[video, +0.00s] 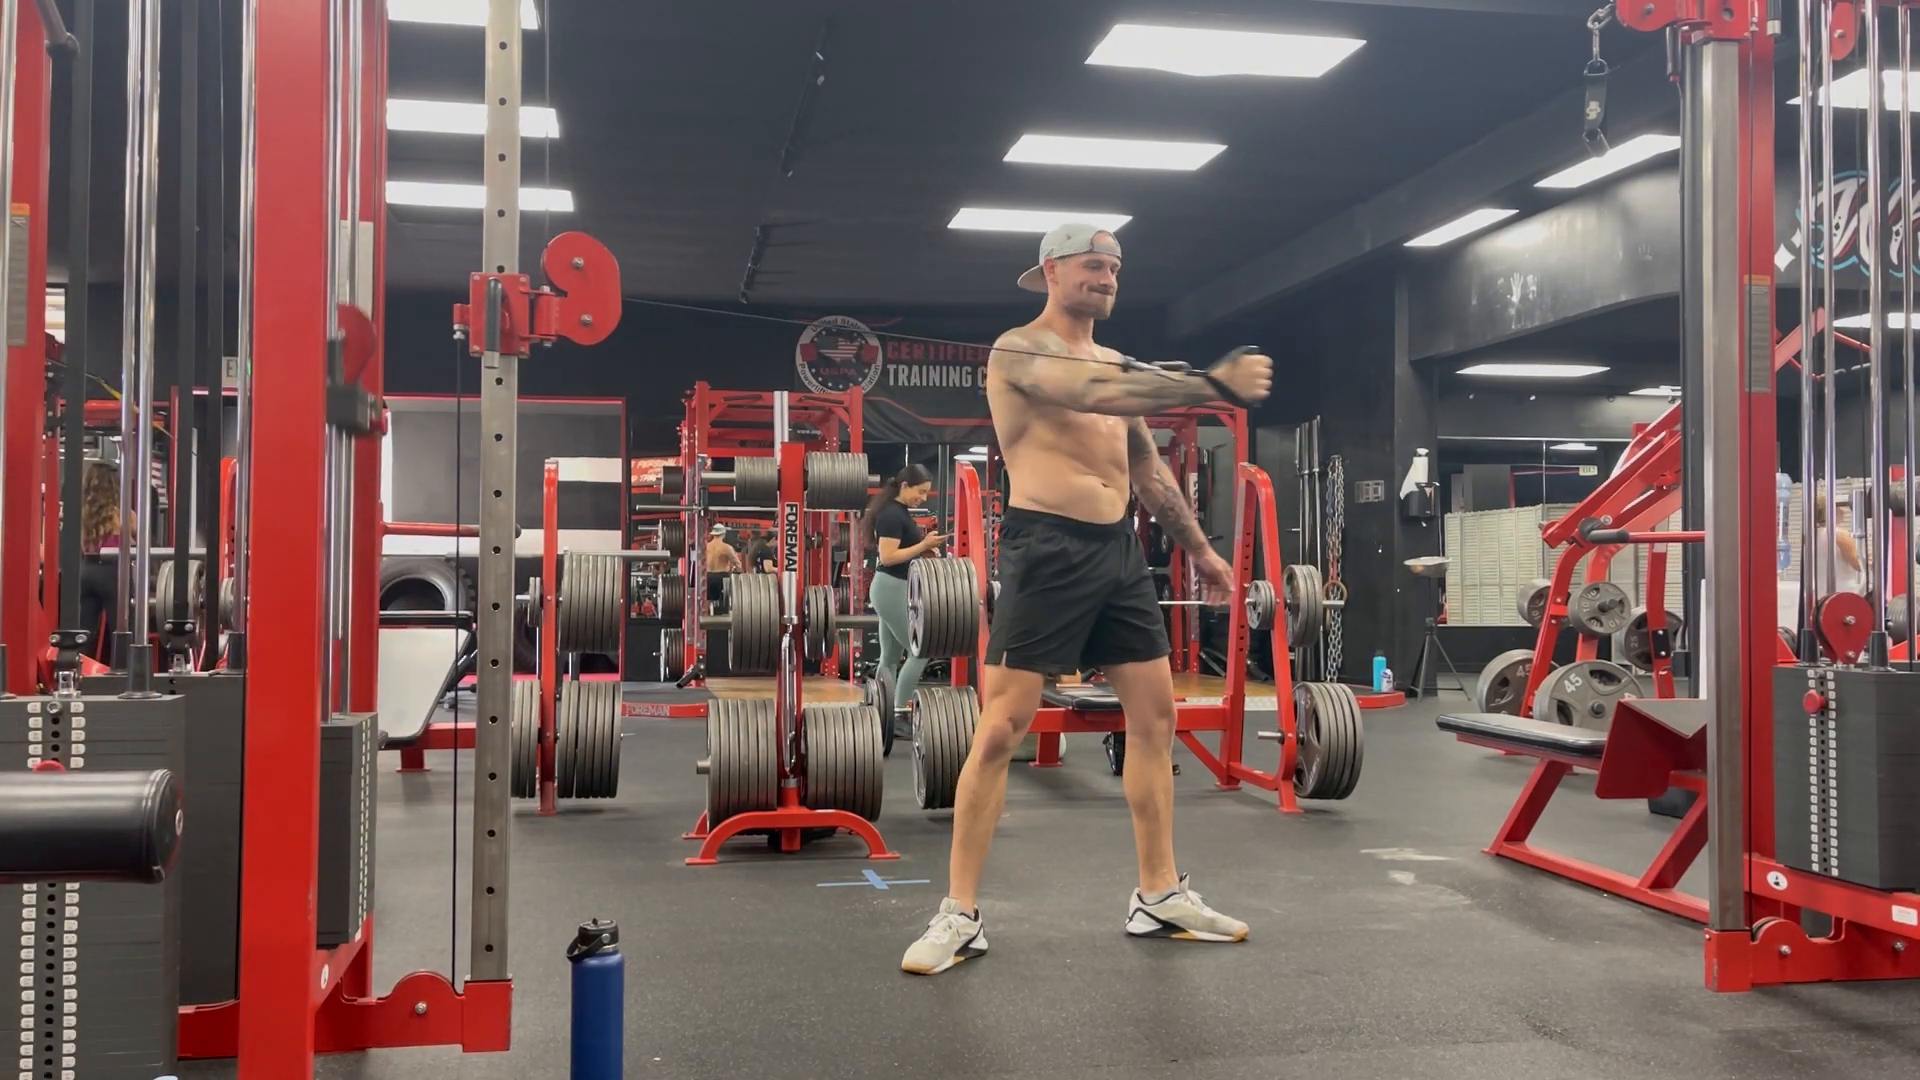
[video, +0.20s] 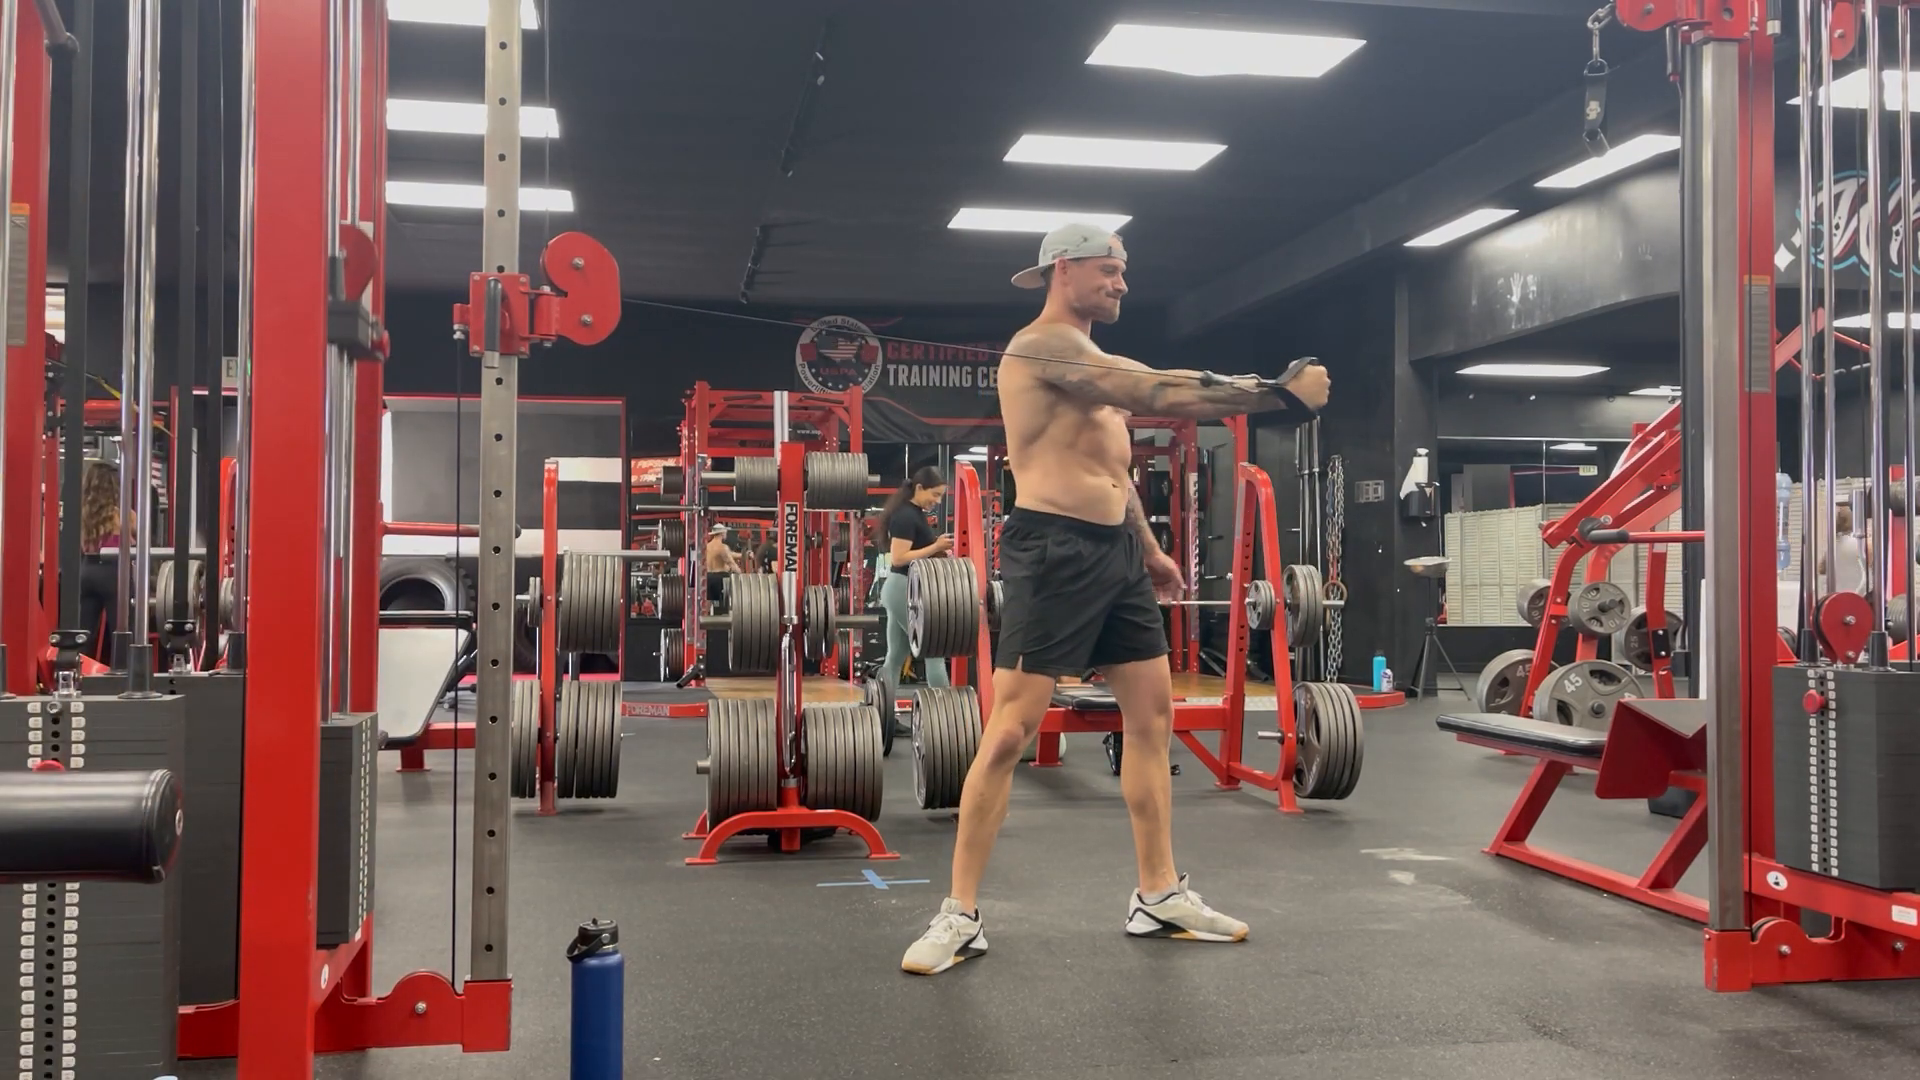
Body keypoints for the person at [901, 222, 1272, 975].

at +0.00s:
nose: (1103, 276)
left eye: (1111, 266)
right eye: (1089, 262)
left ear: (1116, 280)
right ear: (1047, 273)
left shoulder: (1122, 372)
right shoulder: (1016, 348)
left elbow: (1149, 469)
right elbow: (1085, 387)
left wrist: (1201, 549)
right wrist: (1208, 383)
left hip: (1118, 554)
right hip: (1042, 549)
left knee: (1154, 717)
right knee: (999, 731)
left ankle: (1159, 894)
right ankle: (959, 910)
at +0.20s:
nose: (1119, 279)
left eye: (1121, 269)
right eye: (1105, 265)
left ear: (1105, 284)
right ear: (1059, 273)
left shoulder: (1102, 363)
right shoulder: (1037, 346)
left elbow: (1114, 472)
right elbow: (1154, 389)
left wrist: (1149, 549)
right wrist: (1278, 390)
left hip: (1120, 556)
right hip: (1050, 550)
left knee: (1151, 720)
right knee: (1009, 734)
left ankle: (1159, 894)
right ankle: (960, 910)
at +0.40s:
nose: (1127, 288)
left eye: (1129, 277)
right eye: (1117, 274)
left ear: (1086, 278)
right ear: (1073, 274)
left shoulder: (1091, 350)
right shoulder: (1060, 340)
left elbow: (1174, 397)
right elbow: (1171, 392)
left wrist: (1260, 396)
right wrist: (1278, 399)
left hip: (1114, 555)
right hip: (1053, 549)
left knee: (1147, 720)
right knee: (1012, 736)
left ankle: (1159, 894)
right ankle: (959, 911)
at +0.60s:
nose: (1125, 289)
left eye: (1127, 277)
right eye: (1116, 275)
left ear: (1083, 279)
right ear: (1072, 275)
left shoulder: (1088, 349)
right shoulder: (1063, 341)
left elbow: (1174, 395)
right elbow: (1177, 393)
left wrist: (1259, 394)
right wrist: (1275, 396)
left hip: (1114, 555)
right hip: (1053, 550)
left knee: (1144, 720)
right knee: (1014, 736)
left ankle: (1158, 895)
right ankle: (960, 910)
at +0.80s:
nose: (1117, 285)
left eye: (1120, 274)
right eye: (1104, 271)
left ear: (1103, 284)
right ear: (1059, 275)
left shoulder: (1095, 355)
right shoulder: (1046, 342)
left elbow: (1174, 395)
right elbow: (1156, 390)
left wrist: (1269, 394)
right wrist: (1273, 394)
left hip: (1118, 554)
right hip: (1052, 549)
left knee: (1148, 720)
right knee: (1011, 736)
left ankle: (1159, 895)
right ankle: (960, 910)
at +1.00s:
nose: (1105, 279)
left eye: (1112, 271)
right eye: (1090, 266)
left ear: (1112, 286)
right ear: (1047, 276)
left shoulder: (1110, 371)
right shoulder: (1026, 345)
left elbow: (1135, 474)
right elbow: (1129, 388)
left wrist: (1180, 549)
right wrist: (1255, 390)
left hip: (1124, 554)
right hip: (1047, 551)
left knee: (1152, 720)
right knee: (1002, 733)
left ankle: (1158, 894)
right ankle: (960, 910)